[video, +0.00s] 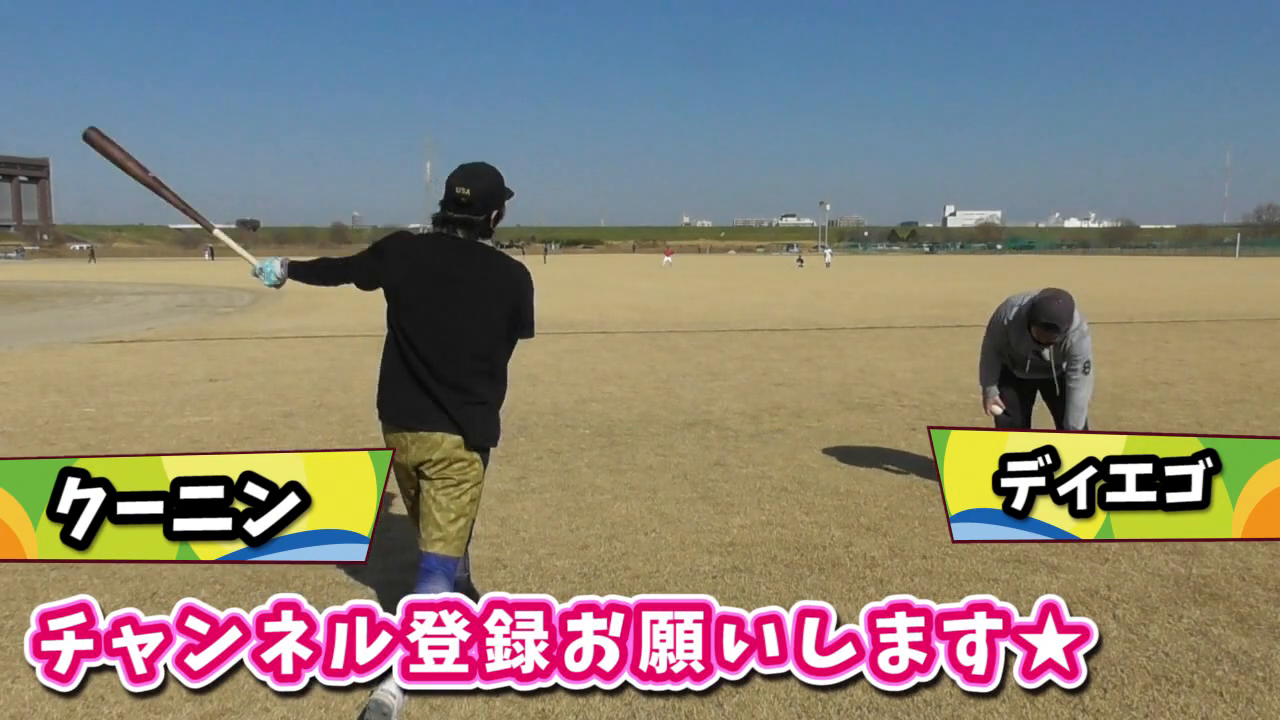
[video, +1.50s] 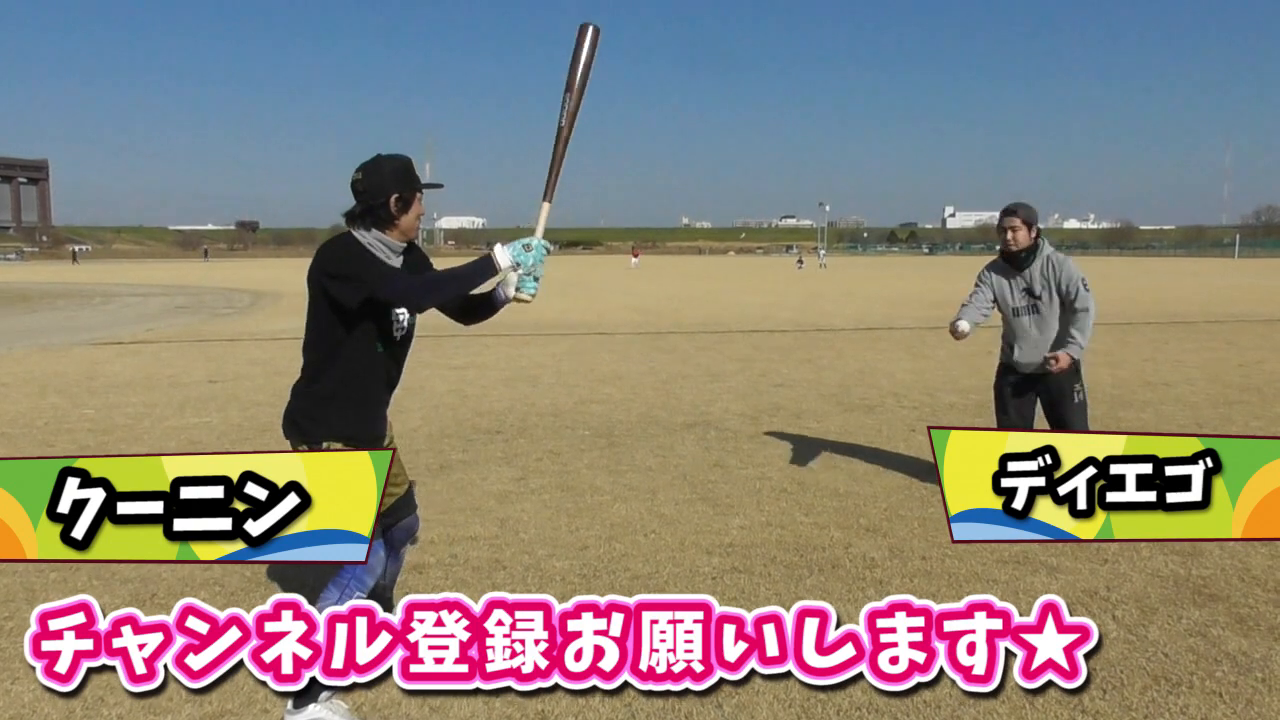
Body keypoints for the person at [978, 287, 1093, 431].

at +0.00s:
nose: (1043, 343)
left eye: (1052, 338)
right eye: (1039, 335)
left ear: (1065, 330)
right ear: (1030, 321)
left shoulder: (1077, 333)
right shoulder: (1008, 316)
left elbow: (1080, 383)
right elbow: (990, 352)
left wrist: (1073, 433)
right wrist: (989, 390)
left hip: (1056, 375)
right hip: (1014, 374)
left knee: (1075, 429)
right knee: (1010, 429)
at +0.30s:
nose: (1036, 282)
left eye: (1045, 277)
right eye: (1033, 274)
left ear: (1062, 278)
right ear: (1028, 268)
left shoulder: (1073, 304)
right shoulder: (1008, 288)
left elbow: (1082, 358)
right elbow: (990, 331)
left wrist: (1075, 412)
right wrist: (993, 374)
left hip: (1057, 376)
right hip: (1014, 374)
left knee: (1075, 437)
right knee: (1011, 440)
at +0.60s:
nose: (1042, 288)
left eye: (1052, 283)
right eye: (1040, 279)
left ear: (1069, 286)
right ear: (1035, 272)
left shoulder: (1074, 316)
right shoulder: (1012, 291)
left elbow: (1074, 370)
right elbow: (989, 325)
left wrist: (1060, 423)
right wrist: (988, 367)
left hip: (1055, 375)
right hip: (1013, 373)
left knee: (1075, 435)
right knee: (1011, 437)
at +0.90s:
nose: (1039, 313)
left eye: (1048, 310)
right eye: (1037, 304)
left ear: (1064, 312)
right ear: (1033, 296)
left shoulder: (1070, 335)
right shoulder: (1009, 306)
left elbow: (1067, 389)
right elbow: (988, 345)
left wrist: (1057, 435)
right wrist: (987, 385)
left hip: (1051, 378)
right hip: (1011, 375)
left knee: (1073, 432)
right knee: (1010, 435)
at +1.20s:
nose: (1025, 288)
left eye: (1034, 282)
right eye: (1022, 280)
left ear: (1052, 283)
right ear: (1017, 276)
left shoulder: (1067, 310)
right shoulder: (1004, 294)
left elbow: (1078, 362)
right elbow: (985, 332)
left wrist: (1067, 413)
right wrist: (981, 371)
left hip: (1054, 376)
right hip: (1013, 374)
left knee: (1074, 436)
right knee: (1010, 438)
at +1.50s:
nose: (1007, 237)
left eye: (1014, 230)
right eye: (1003, 231)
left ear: (1033, 232)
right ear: (998, 233)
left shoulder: (1059, 266)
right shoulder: (994, 272)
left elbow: (1083, 309)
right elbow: (979, 301)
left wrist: (1070, 352)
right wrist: (965, 321)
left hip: (1059, 369)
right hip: (1014, 371)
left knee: (1074, 444)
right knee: (1012, 444)